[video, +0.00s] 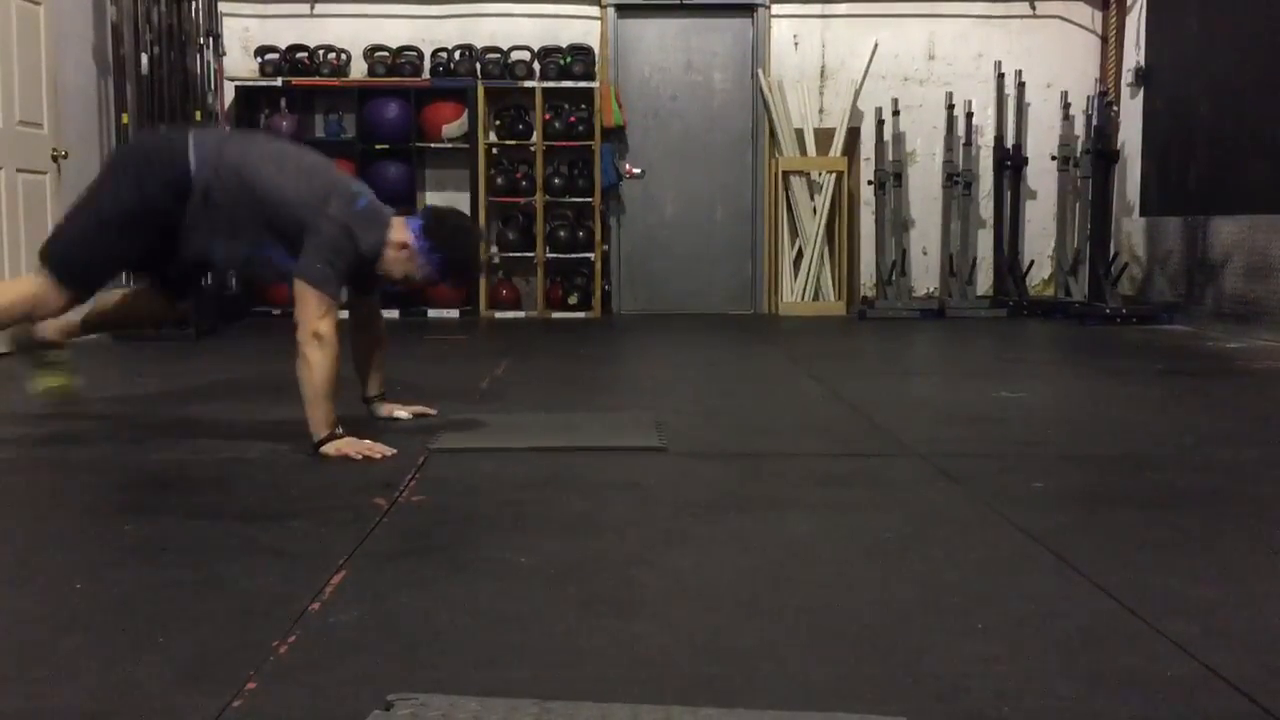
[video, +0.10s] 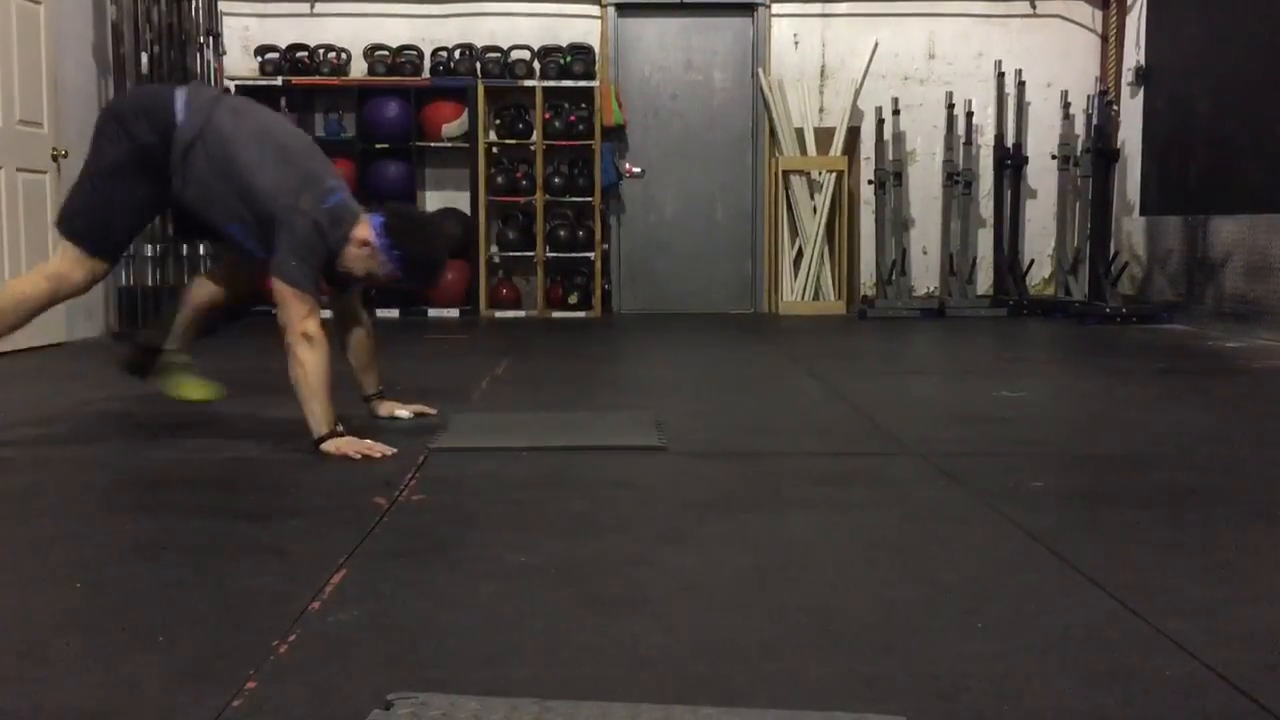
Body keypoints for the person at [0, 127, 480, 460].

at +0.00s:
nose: (409, 284)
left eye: (419, 281)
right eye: (418, 275)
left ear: (416, 237)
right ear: (413, 242)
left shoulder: (373, 228)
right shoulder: (339, 223)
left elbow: (365, 316)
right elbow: (314, 331)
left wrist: (375, 395)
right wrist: (326, 436)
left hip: (200, 207)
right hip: (163, 169)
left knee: (160, 302)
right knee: (51, 290)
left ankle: (56, 329)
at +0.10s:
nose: (369, 281)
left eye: (378, 280)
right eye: (375, 274)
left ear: (370, 240)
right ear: (368, 242)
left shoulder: (346, 226)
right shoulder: (304, 223)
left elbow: (352, 318)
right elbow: (302, 334)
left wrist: (375, 397)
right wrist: (326, 434)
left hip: (197, 143)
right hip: (148, 126)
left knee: (238, 268)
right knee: (72, 272)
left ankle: (170, 360)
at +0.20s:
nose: (354, 272)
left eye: (363, 269)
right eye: (360, 265)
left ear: (358, 224)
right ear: (354, 236)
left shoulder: (338, 206)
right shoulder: (291, 227)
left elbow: (356, 304)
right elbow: (297, 335)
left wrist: (380, 385)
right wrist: (327, 433)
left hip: (197, 125)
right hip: (137, 136)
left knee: (294, 268)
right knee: (85, 288)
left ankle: (268, 363)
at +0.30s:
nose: (388, 230)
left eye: (395, 223)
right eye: (389, 218)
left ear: (373, 187)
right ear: (367, 192)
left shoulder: (351, 188)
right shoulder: (298, 212)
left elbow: (377, 282)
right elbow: (306, 327)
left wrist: (403, 361)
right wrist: (327, 430)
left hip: (198, 174)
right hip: (139, 181)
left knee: (307, 282)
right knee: (94, 315)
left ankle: (287, 388)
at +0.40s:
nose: (419, 170)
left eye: (425, 160)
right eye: (418, 157)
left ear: (398, 143)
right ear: (387, 138)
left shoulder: (372, 169)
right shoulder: (317, 163)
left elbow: (395, 254)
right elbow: (314, 285)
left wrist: (419, 334)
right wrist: (333, 388)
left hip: (236, 206)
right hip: (171, 193)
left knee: (330, 274)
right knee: (109, 311)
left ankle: (289, 387)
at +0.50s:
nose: (446, 119)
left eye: (454, 110)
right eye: (446, 104)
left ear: (439, 100)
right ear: (414, 81)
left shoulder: (396, 140)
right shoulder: (349, 113)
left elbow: (390, 221)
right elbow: (302, 205)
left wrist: (380, 299)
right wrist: (276, 302)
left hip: (260, 177)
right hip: (193, 162)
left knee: (340, 258)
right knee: (143, 286)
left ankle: (292, 386)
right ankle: (8, 368)